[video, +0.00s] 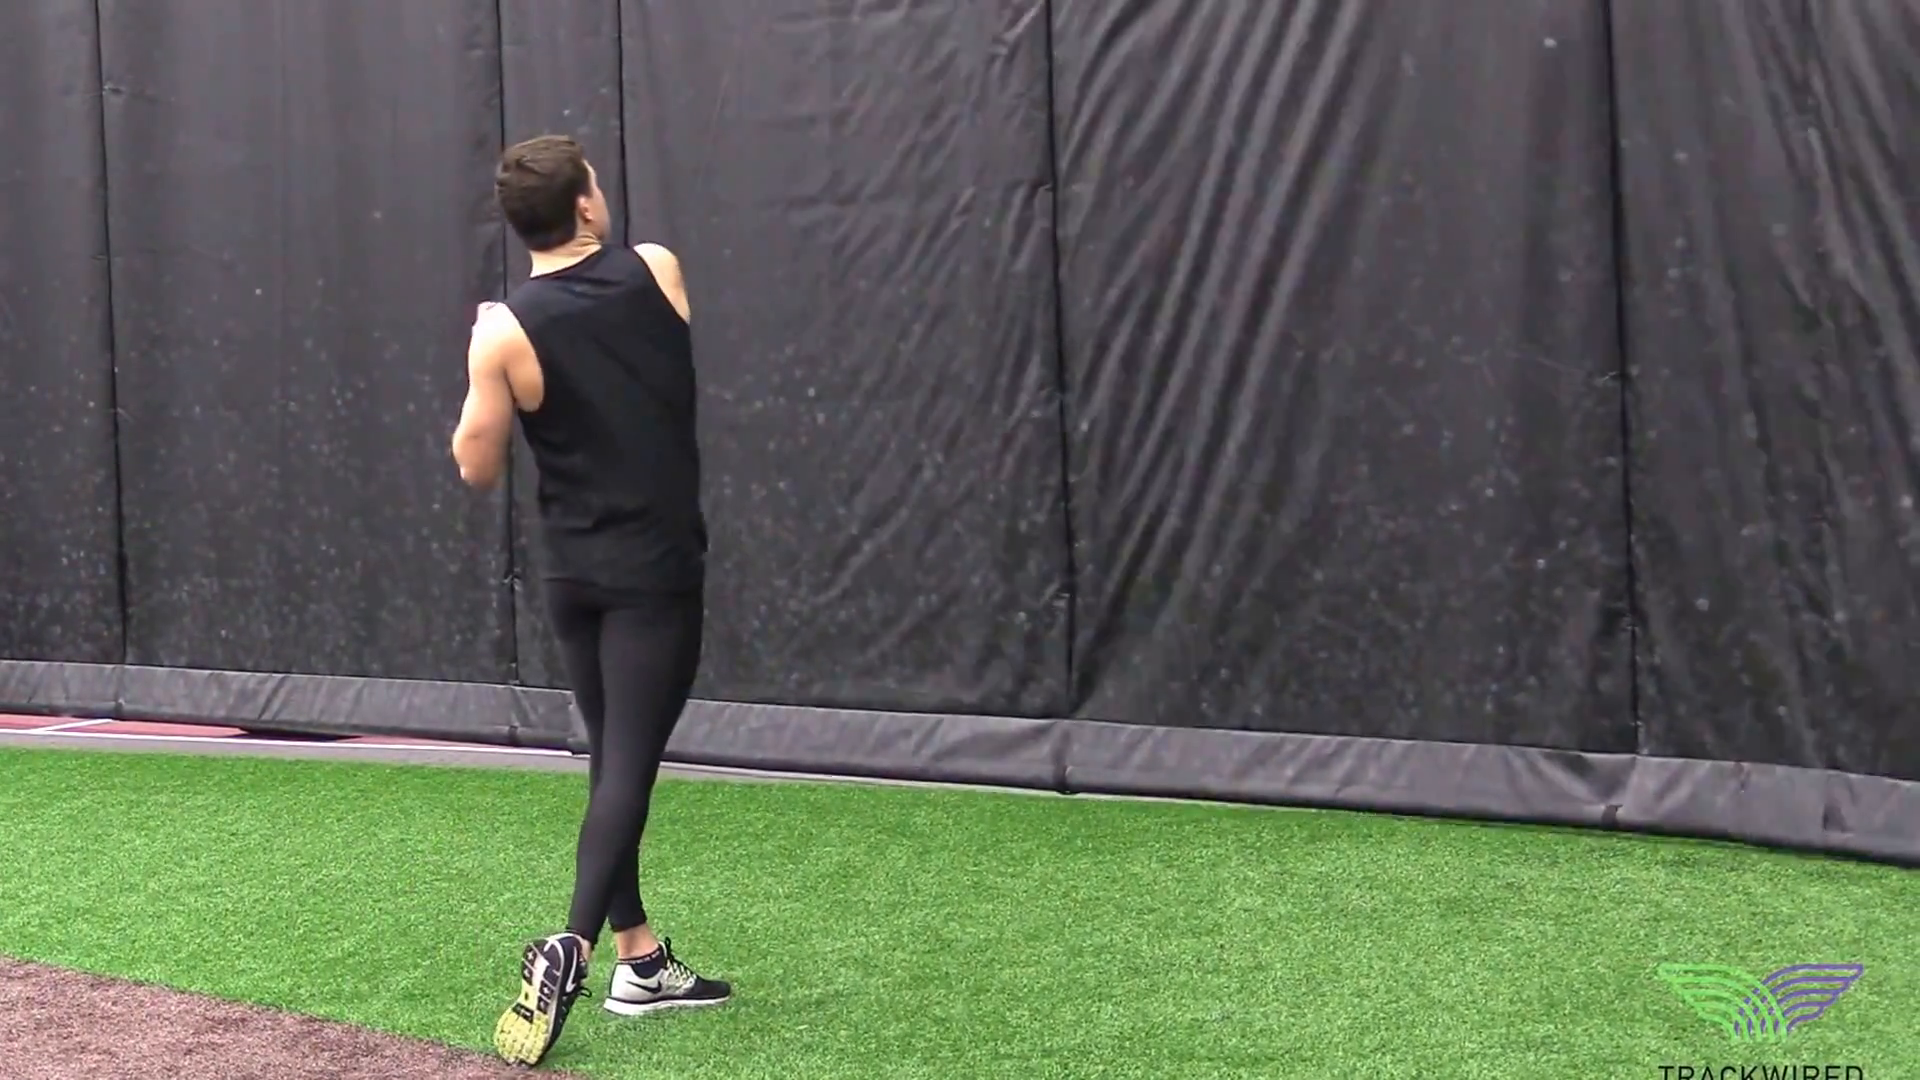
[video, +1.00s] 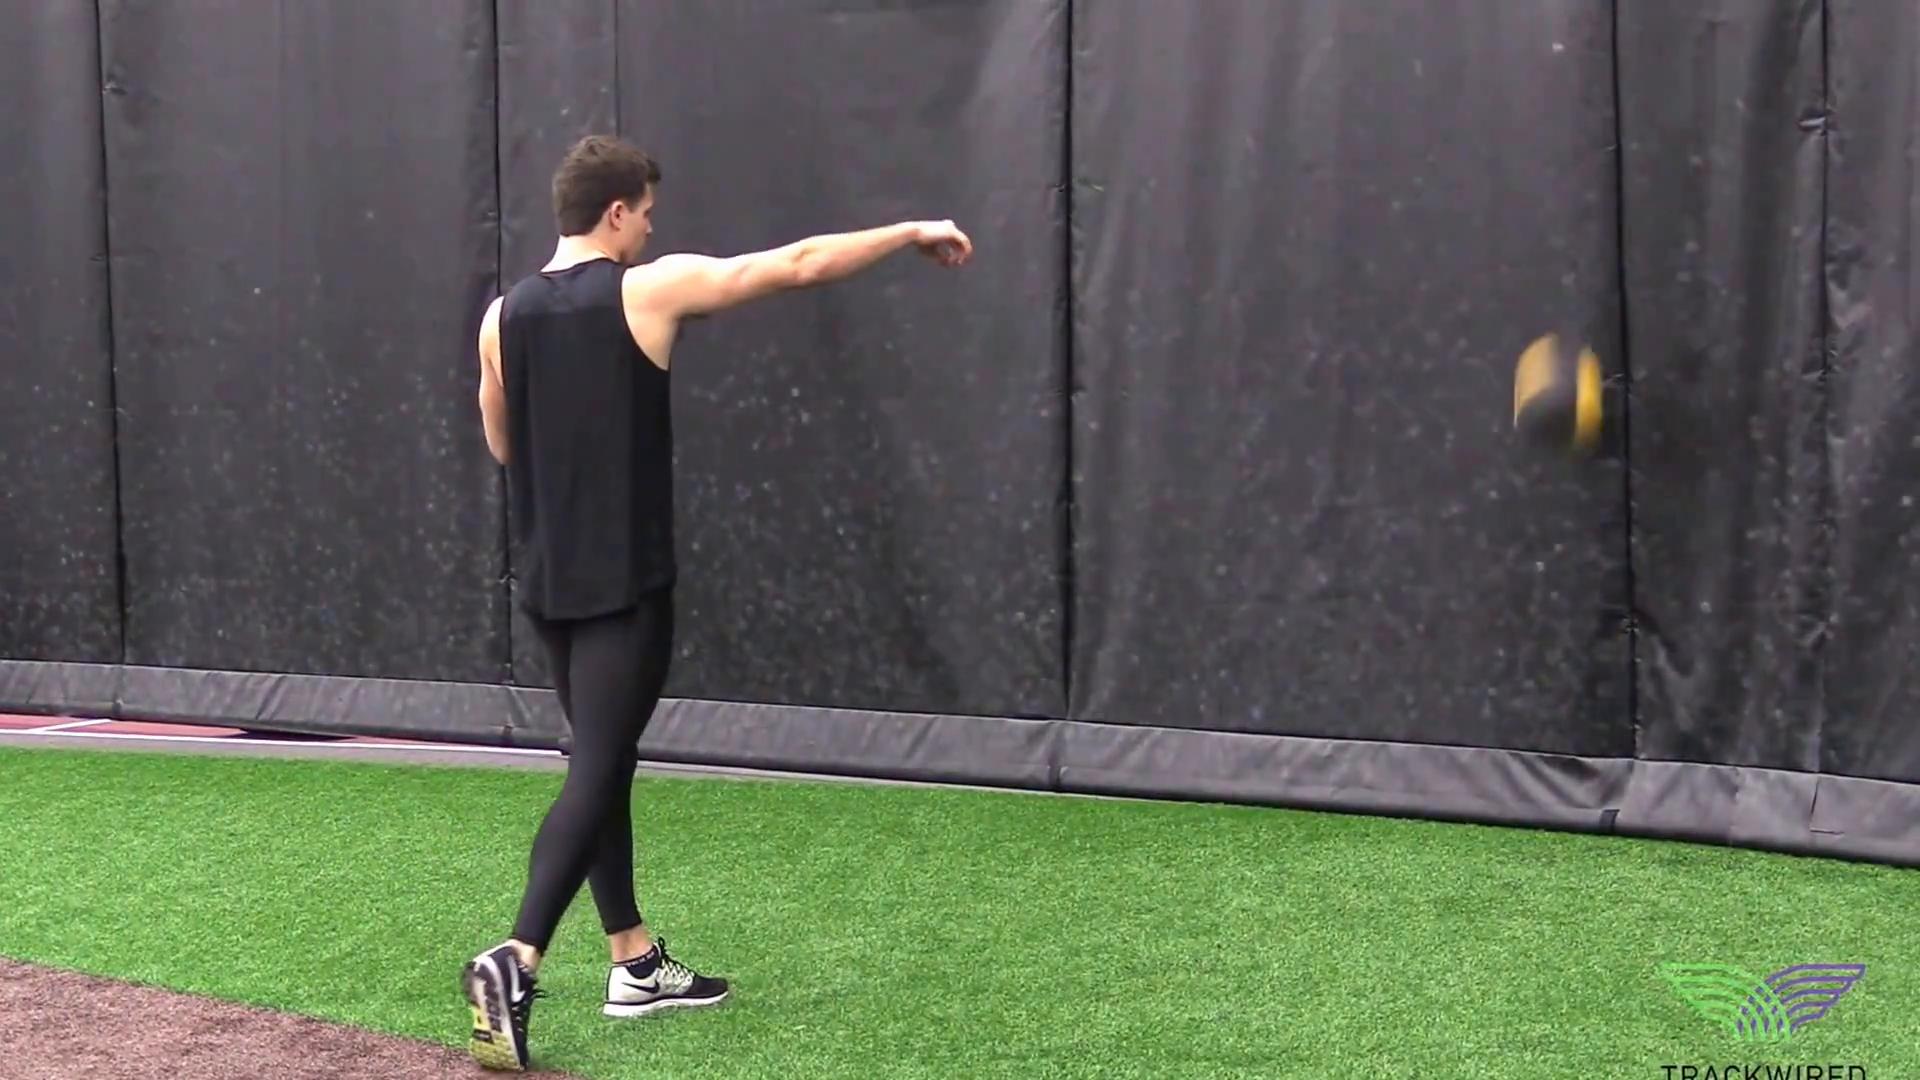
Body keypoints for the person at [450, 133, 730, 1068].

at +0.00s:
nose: (603, 186)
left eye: (590, 179)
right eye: (596, 181)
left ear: (517, 225)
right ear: (586, 206)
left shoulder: (504, 329)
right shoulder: (656, 270)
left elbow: (477, 466)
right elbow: (657, 363)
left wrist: (485, 378)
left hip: (569, 563)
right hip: (658, 559)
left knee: (611, 762)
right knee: (628, 766)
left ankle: (641, 959)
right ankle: (571, 948)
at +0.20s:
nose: (626, 186)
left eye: (615, 174)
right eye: (618, 177)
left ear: (542, 214)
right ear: (602, 200)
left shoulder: (501, 316)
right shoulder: (670, 266)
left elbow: (462, 427)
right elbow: (779, 240)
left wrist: (511, 362)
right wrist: (846, 213)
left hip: (553, 568)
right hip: (636, 565)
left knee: (606, 757)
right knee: (603, 762)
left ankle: (638, 958)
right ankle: (543, 949)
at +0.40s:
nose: (629, 195)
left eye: (621, 180)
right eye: (622, 184)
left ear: (541, 213)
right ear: (604, 204)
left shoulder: (499, 312)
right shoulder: (656, 280)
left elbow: (482, 425)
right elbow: (796, 258)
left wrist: (524, 355)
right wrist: (910, 229)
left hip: (549, 565)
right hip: (630, 563)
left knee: (602, 760)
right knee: (604, 762)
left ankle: (634, 960)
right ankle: (534, 948)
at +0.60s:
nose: (634, 216)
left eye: (630, 199)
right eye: (629, 201)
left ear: (551, 209)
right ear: (602, 207)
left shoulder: (496, 312)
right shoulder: (644, 283)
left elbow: (493, 428)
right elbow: (790, 259)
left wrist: (542, 359)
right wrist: (908, 229)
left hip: (555, 571)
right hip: (631, 567)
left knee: (604, 766)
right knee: (611, 769)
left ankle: (634, 960)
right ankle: (546, 951)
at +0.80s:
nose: (639, 221)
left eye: (637, 205)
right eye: (635, 206)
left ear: (556, 210)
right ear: (607, 208)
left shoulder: (495, 315)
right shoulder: (645, 282)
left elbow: (496, 434)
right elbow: (788, 250)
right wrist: (901, 213)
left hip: (553, 572)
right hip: (632, 567)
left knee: (601, 769)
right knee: (612, 772)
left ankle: (634, 961)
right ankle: (545, 951)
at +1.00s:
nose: (652, 226)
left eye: (650, 212)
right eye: (649, 211)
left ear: (571, 216)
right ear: (620, 213)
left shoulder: (504, 313)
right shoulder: (651, 287)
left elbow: (501, 438)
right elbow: (796, 265)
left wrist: (555, 462)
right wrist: (909, 230)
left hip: (546, 571)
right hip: (625, 568)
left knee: (602, 763)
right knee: (596, 767)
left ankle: (634, 963)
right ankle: (516, 957)